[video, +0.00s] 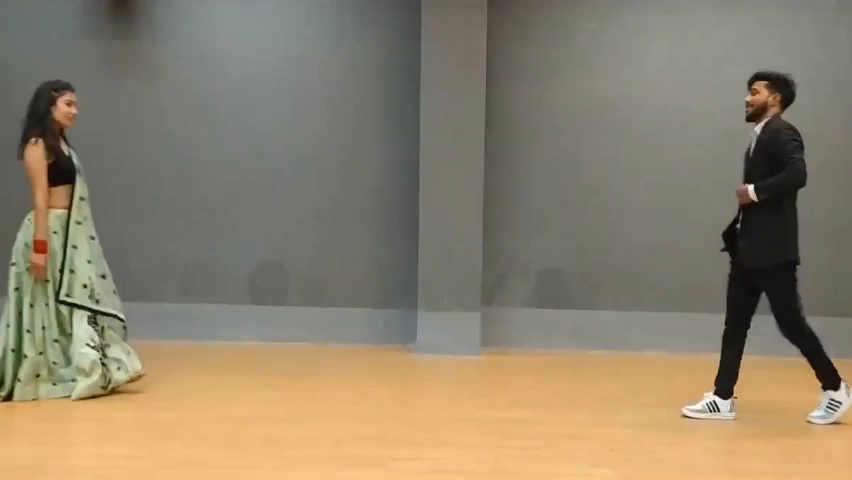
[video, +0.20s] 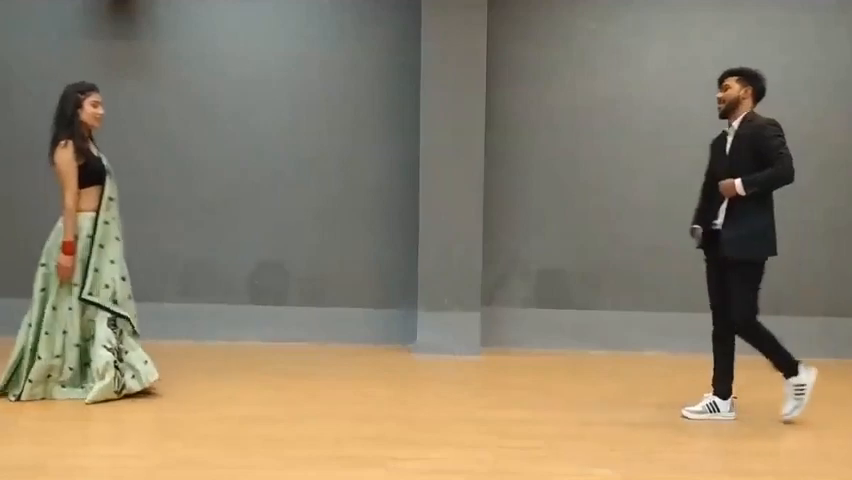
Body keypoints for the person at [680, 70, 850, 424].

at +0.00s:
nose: (747, 98)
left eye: (754, 92)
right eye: (748, 92)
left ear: (775, 98)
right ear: (765, 99)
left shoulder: (783, 132)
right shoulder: (760, 136)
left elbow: (796, 174)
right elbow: (763, 188)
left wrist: (755, 191)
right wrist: (740, 228)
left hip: (774, 248)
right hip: (748, 247)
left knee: (792, 324)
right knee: (735, 324)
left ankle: (837, 390)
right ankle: (721, 398)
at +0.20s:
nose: (719, 94)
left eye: (726, 88)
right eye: (719, 89)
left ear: (748, 94)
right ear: (731, 96)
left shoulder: (765, 129)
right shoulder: (719, 141)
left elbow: (784, 171)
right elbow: (711, 187)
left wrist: (741, 184)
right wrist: (700, 223)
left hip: (748, 240)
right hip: (718, 240)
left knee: (742, 319)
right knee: (722, 320)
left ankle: (796, 373)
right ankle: (721, 399)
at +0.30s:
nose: (703, 94)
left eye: (710, 87)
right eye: (703, 88)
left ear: (733, 90)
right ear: (723, 93)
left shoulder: (755, 128)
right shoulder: (705, 138)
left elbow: (777, 173)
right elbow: (693, 185)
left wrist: (733, 183)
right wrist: (684, 224)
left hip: (737, 238)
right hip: (704, 238)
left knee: (722, 315)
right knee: (715, 318)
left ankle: (761, 385)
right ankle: (721, 398)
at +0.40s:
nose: (691, 93)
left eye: (697, 86)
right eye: (691, 88)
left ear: (720, 89)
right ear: (703, 93)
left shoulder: (744, 130)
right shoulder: (691, 136)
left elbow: (769, 174)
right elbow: (681, 183)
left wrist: (726, 184)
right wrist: (674, 224)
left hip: (727, 236)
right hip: (695, 238)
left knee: (705, 312)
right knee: (707, 315)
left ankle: (719, 398)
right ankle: (718, 396)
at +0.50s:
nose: (678, 94)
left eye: (684, 87)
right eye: (678, 89)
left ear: (707, 89)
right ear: (695, 93)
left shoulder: (732, 132)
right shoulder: (679, 137)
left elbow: (757, 177)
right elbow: (671, 185)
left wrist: (715, 186)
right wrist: (665, 226)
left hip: (716, 238)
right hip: (685, 239)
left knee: (690, 312)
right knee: (705, 316)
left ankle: (672, 397)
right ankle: (721, 398)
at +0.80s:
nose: (640, 96)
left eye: (645, 88)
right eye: (640, 90)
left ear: (666, 90)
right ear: (660, 92)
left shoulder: (684, 135)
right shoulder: (649, 137)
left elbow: (701, 186)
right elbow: (651, 190)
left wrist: (661, 191)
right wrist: (639, 240)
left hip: (667, 246)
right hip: (650, 245)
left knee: (646, 321)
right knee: (672, 320)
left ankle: (626, 401)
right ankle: (714, 391)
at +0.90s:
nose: (628, 92)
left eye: (633, 84)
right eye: (629, 85)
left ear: (654, 87)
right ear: (650, 88)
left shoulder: (664, 131)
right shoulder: (649, 128)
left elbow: (670, 184)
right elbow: (653, 183)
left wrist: (636, 185)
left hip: (649, 242)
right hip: (637, 240)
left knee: (639, 320)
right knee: (640, 320)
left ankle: (624, 401)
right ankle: (698, 376)